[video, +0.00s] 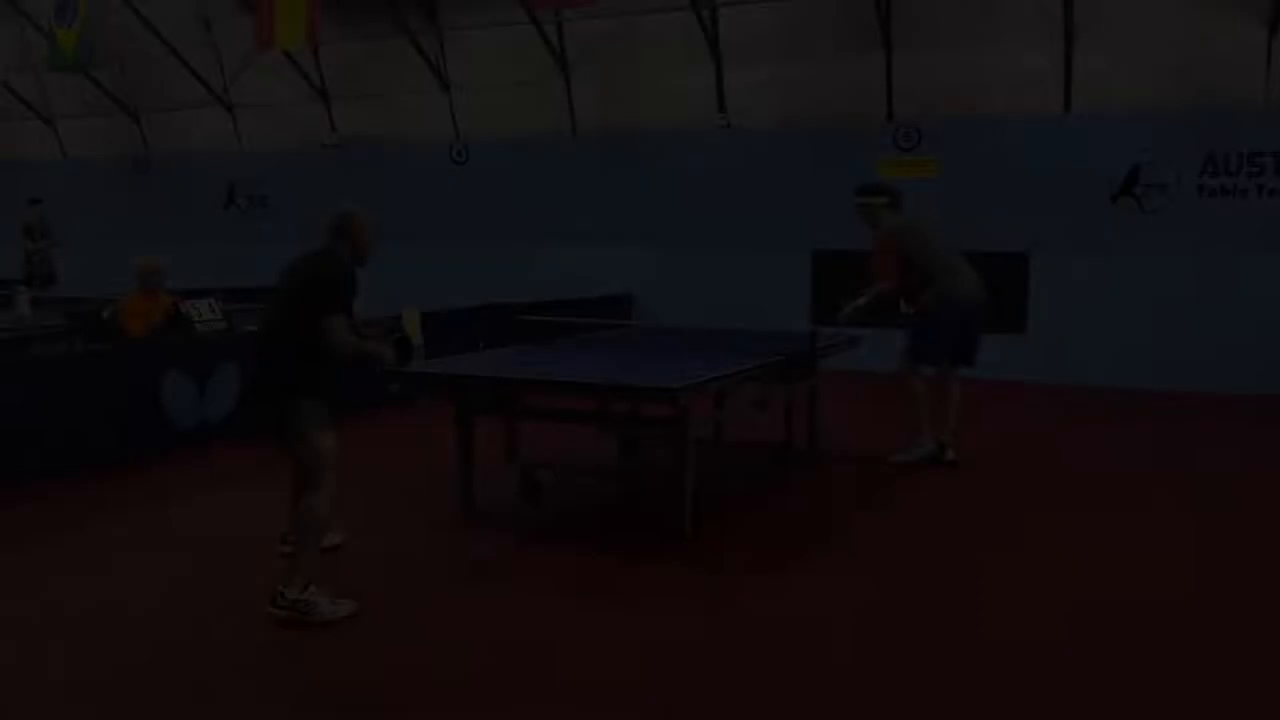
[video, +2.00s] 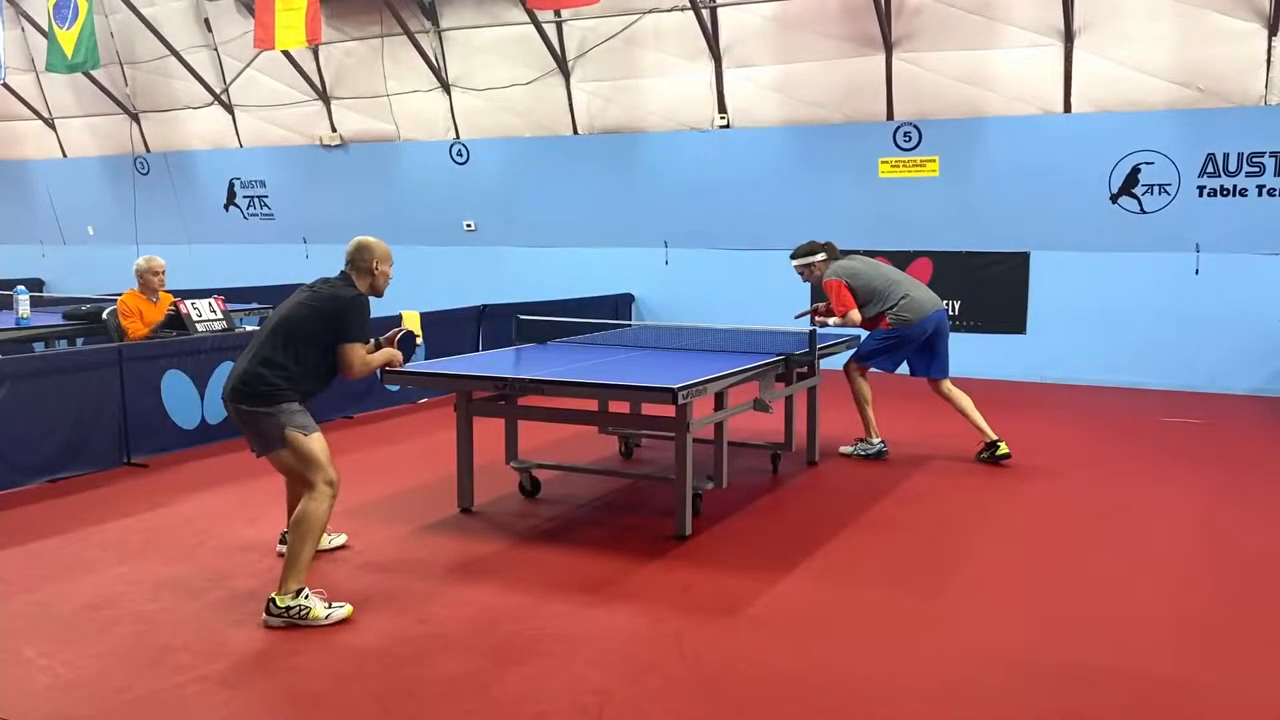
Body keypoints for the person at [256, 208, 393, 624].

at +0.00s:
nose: (369, 248)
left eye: (368, 239)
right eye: (365, 239)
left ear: (333, 234)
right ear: (353, 240)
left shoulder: (306, 269)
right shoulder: (336, 274)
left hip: (284, 384)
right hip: (306, 389)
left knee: (307, 471)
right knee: (318, 482)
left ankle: (303, 534)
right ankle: (298, 587)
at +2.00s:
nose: (391, 274)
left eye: (390, 267)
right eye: (388, 267)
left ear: (354, 266)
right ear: (373, 268)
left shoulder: (323, 289)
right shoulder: (351, 302)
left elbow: (333, 354)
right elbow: (353, 367)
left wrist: (374, 347)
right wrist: (386, 356)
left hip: (245, 390)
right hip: (269, 395)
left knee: (299, 470)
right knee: (324, 482)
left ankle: (298, 534)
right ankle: (288, 597)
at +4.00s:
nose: (387, 248)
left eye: (386, 240)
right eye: (384, 240)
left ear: (352, 241)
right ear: (367, 243)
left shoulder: (326, 269)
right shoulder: (345, 278)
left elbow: (342, 332)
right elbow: (355, 344)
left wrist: (379, 325)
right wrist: (391, 335)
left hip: (282, 380)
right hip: (275, 385)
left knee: (321, 442)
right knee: (307, 481)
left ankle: (305, 531)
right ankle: (287, 596)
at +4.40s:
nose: (387, 237)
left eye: (386, 230)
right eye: (384, 231)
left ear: (349, 233)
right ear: (369, 234)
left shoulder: (312, 263)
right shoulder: (353, 274)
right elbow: (363, 341)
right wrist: (401, 328)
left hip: (278, 387)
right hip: (302, 391)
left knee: (309, 462)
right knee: (343, 486)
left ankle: (298, 533)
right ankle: (289, 597)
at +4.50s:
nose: (389, 235)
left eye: (387, 228)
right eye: (385, 228)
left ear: (348, 230)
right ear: (370, 230)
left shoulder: (309, 259)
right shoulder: (358, 269)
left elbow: (266, 301)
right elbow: (370, 333)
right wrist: (404, 327)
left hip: (281, 385)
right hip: (308, 389)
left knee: (310, 458)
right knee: (346, 487)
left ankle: (299, 534)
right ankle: (289, 597)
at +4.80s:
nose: (388, 235)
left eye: (388, 228)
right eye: (385, 228)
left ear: (350, 226)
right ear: (369, 227)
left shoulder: (307, 256)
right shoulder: (358, 263)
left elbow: (263, 291)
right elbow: (367, 324)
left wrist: (295, 321)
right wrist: (406, 325)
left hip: (284, 379)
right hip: (321, 381)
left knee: (320, 448)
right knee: (382, 465)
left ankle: (293, 539)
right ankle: (332, 560)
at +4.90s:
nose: (390, 239)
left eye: (390, 230)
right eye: (388, 230)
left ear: (355, 222)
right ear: (378, 229)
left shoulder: (315, 257)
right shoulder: (365, 262)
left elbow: (274, 291)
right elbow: (365, 317)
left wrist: (309, 315)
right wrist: (403, 327)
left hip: (294, 380)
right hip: (336, 383)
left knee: (322, 448)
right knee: (388, 445)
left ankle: (294, 538)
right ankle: (388, 560)